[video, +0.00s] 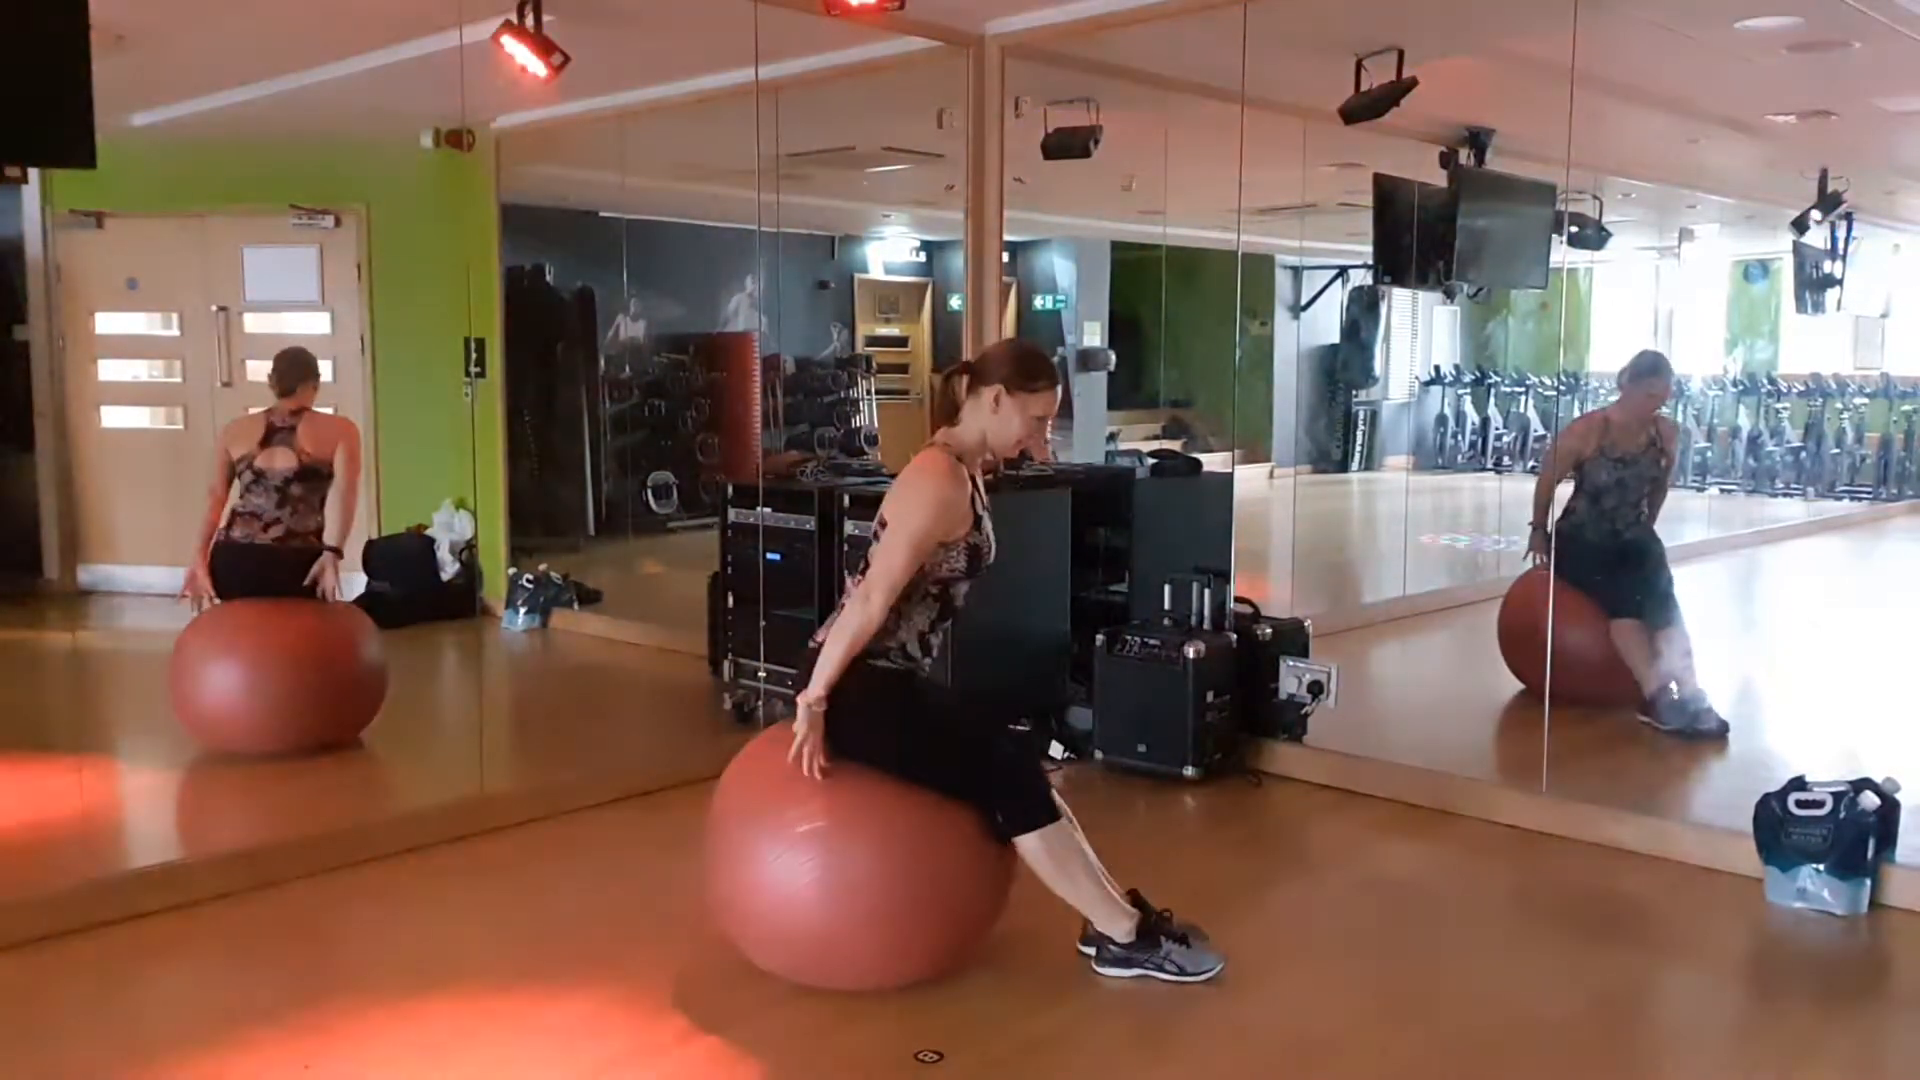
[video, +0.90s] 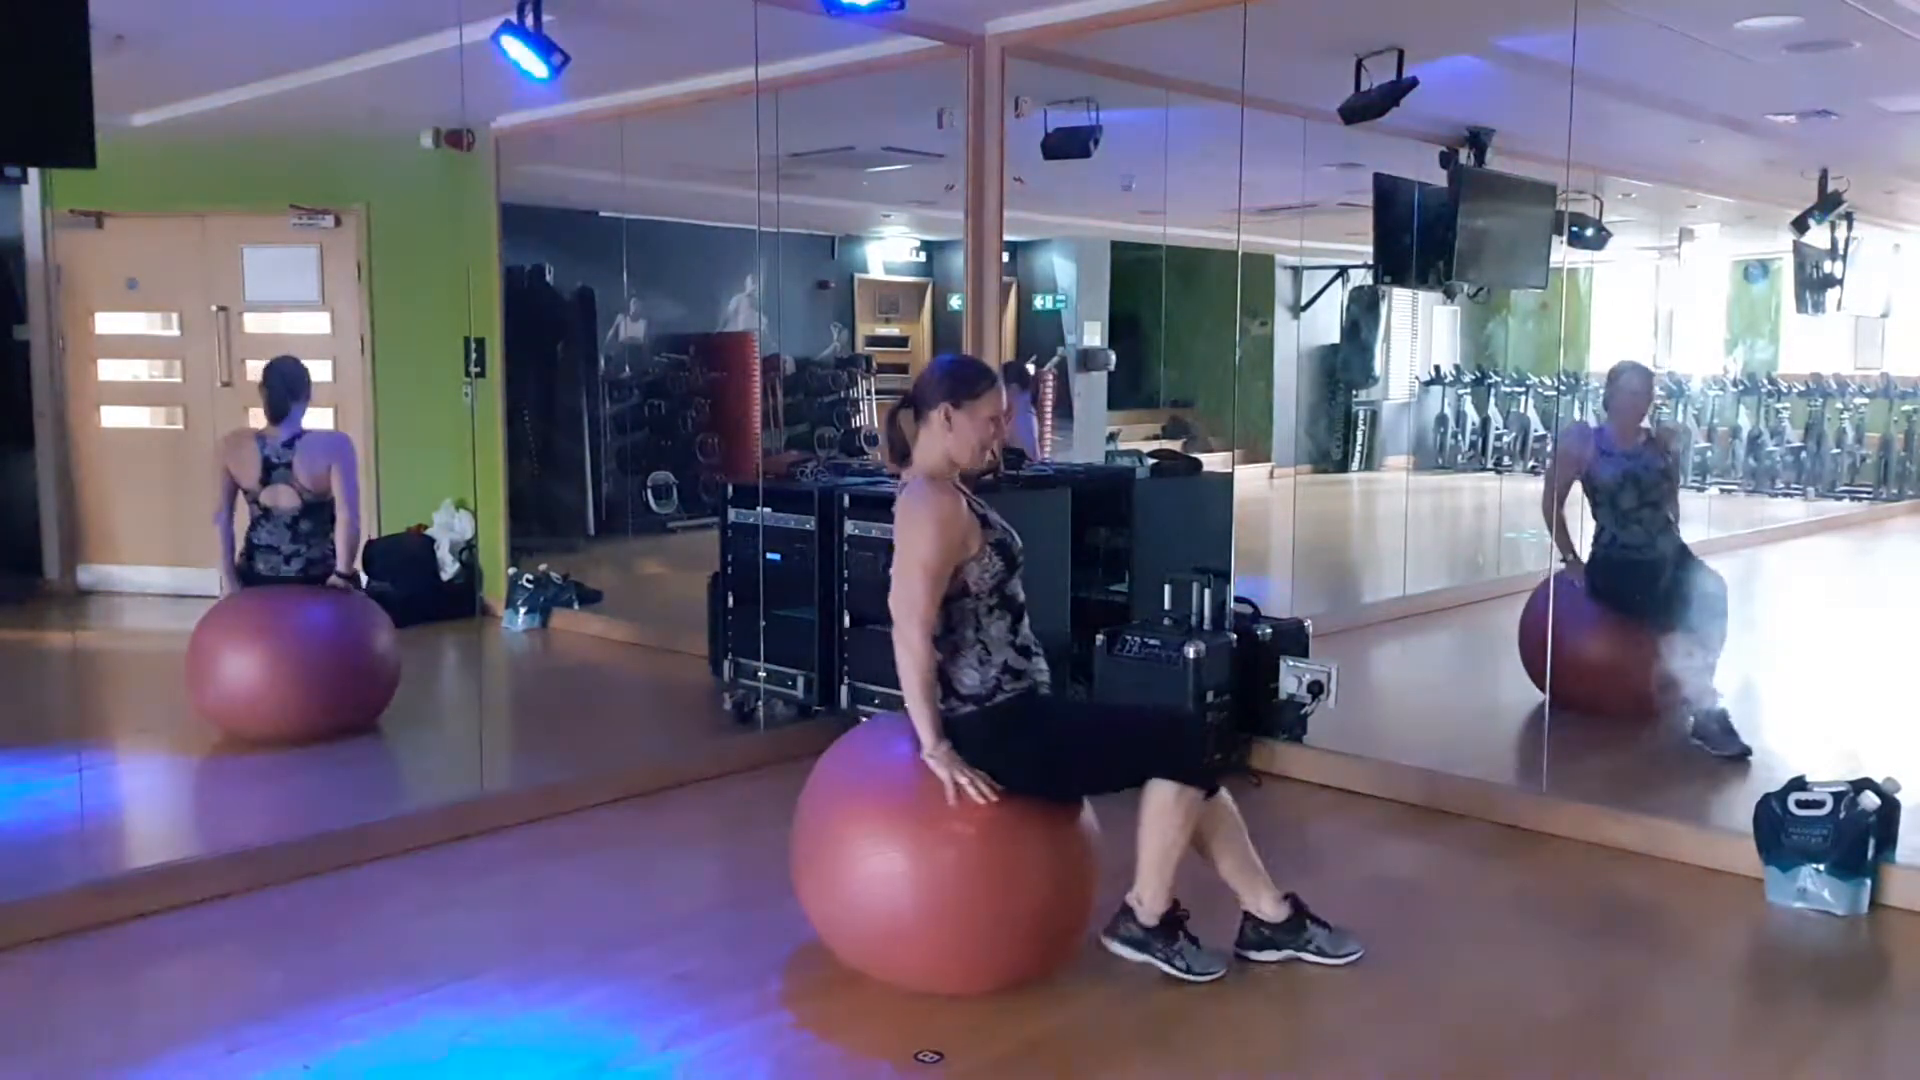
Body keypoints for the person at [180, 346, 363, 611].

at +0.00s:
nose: (315, 390)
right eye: (315, 383)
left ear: (273, 383)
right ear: (314, 384)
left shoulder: (235, 430)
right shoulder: (339, 431)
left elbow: (216, 498)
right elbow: (342, 494)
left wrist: (200, 558)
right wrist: (331, 553)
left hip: (232, 559)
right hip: (298, 561)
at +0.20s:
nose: (311, 394)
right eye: (310, 388)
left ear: (268, 384)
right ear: (310, 386)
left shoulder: (234, 435)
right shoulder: (334, 433)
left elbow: (213, 507)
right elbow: (339, 500)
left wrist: (203, 570)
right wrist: (329, 557)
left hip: (238, 569)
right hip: (302, 568)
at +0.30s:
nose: (311, 387)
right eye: (310, 380)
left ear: (264, 384)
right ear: (306, 384)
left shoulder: (232, 436)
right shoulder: (333, 432)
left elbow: (215, 509)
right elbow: (341, 500)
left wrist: (209, 575)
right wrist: (329, 558)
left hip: (241, 569)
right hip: (302, 569)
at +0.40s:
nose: (305, 386)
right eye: (303, 379)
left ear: (260, 383)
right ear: (299, 382)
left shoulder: (228, 436)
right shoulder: (330, 430)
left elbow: (216, 512)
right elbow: (342, 492)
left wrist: (212, 575)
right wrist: (332, 554)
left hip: (242, 569)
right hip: (306, 568)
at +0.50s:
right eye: (299, 376)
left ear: (256, 383)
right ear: (298, 379)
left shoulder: (228, 435)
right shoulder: (330, 429)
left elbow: (217, 507)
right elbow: (345, 494)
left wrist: (213, 573)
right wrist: (335, 556)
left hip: (244, 569)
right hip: (306, 568)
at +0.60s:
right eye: (300, 379)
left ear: (256, 383)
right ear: (300, 383)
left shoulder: (228, 436)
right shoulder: (330, 432)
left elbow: (217, 507)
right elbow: (345, 498)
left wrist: (214, 574)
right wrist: (337, 560)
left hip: (247, 568)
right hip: (309, 567)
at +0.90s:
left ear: (263, 393)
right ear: (307, 395)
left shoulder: (235, 446)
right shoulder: (334, 445)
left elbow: (222, 516)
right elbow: (347, 515)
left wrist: (229, 579)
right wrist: (343, 571)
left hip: (257, 575)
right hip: (315, 574)